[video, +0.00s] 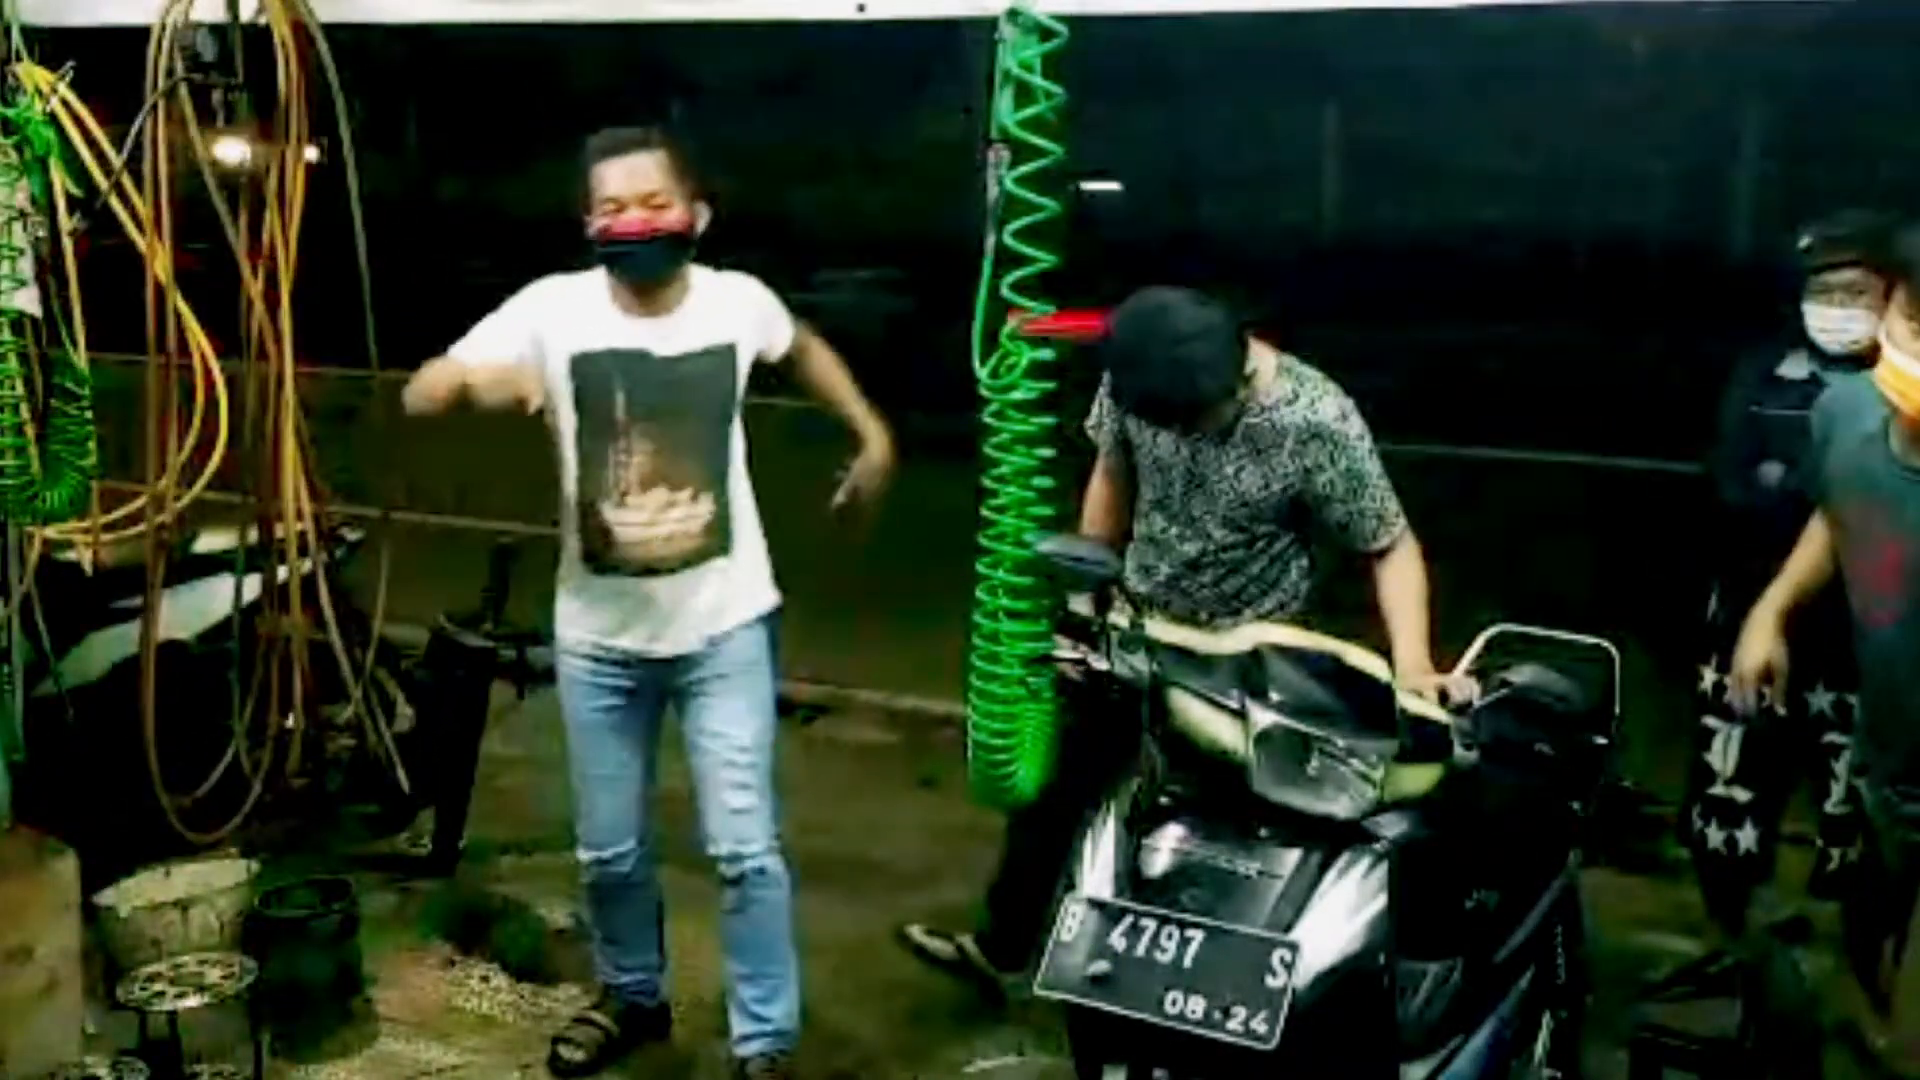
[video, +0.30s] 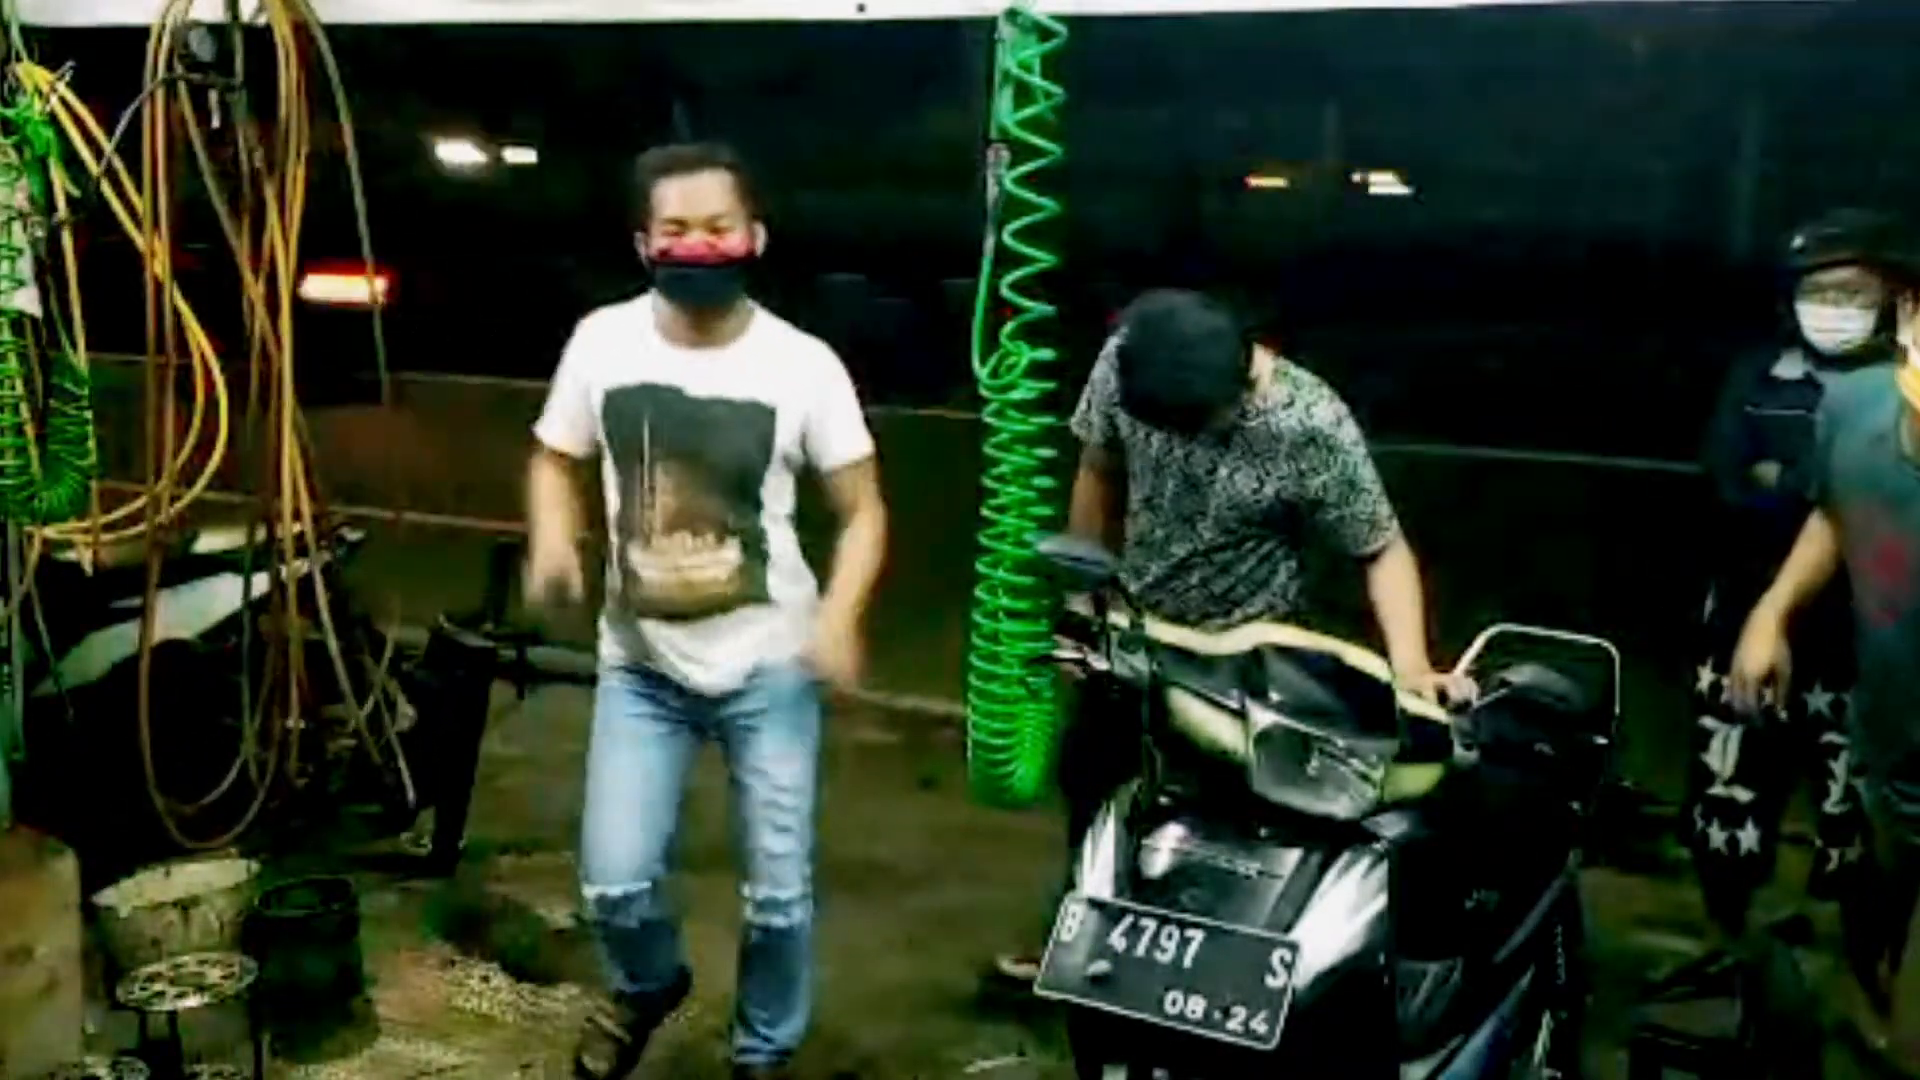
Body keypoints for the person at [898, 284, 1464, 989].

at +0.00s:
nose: (1178, 429)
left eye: (1187, 415)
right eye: (1161, 414)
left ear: (1222, 384)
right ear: (1138, 388)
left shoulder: (1315, 423)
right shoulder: (1132, 384)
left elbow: (1393, 546)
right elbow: (1110, 477)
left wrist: (1414, 670)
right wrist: (1085, 589)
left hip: (1252, 659)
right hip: (1138, 634)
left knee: (1251, 826)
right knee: (1056, 797)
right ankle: (1001, 948)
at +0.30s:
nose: (1179, 428)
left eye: (1192, 417)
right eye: (1165, 416)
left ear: (1237, 381)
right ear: (1140, 372)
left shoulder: (1311, 423)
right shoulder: (1128, 363)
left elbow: (1384, 550)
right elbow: (1096, 474)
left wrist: (1413, 671)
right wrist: (1083, 584)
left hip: (1250, 652)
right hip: (1135, 629)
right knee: (1089, 774)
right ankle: (1077, 937)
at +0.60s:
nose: (1154, 420)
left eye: (1163, 409)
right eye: (1140, 408)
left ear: (1198, 381)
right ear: (1120, 371)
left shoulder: (1288, 416)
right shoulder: (1116, 368)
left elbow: (1371, 544)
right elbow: (1092, 474)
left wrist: (1413, 673)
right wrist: (1081, 593)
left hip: (1240, 655)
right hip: (1130, 634)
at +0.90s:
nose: (1085, 379)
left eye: (1083, 366)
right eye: (1074, 368)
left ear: (1114, 335)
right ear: (1111, 327)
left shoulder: (1231, 394)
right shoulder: (1114, 362)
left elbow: (1336, 515)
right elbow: (1101, 453)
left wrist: (1395, 661)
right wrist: (1084, 568)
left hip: (1225, 657)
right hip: (1129, 633)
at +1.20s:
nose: (1030, 341)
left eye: (1027, 324)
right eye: (1021, 328)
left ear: (1054, 296)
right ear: (1054, 293)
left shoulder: (1158, 366)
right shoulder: (1092, 353)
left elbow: (1203, 518)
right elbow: (1099, 510)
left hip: (1159, 634)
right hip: (1106, 627)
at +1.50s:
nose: (1002, 326)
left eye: (994, 312)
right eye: (993, 315)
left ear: (1010, 288)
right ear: (1035, 271)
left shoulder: (1089, 350)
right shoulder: (1122, 332)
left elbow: (1080, 516)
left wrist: (992, 597)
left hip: (1112, 615)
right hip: (1148, 599)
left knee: (1086, 828)